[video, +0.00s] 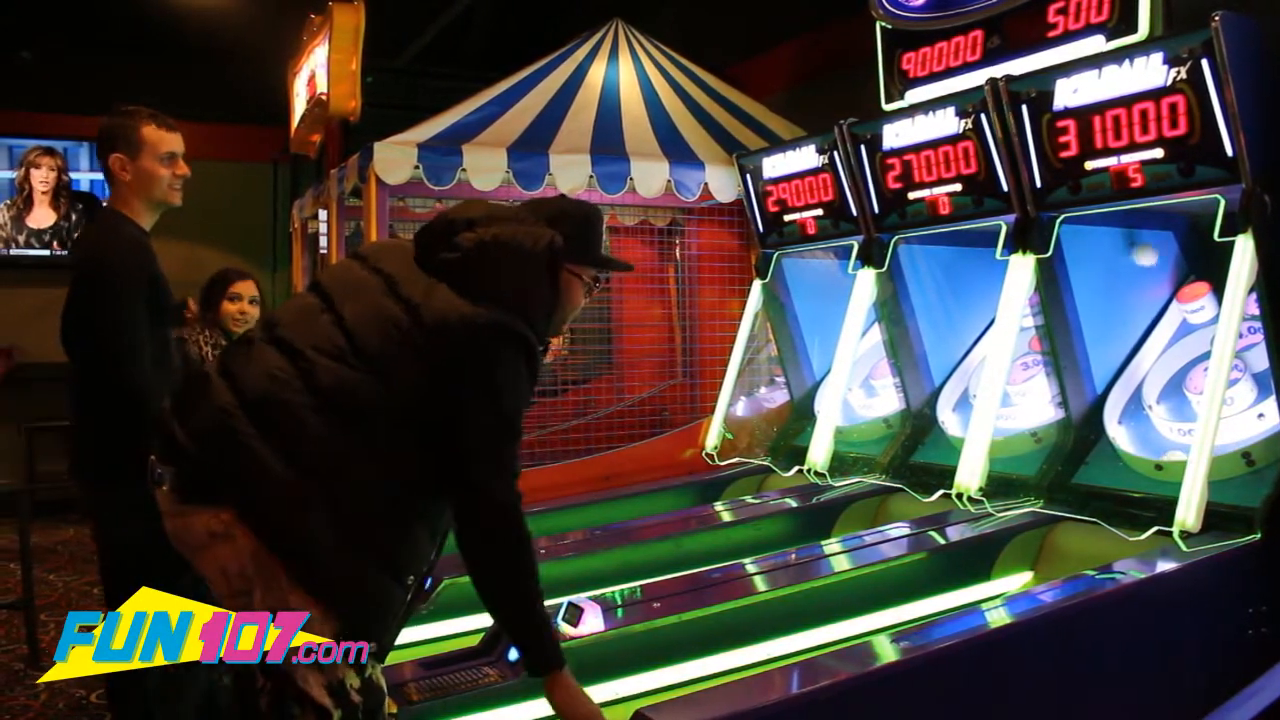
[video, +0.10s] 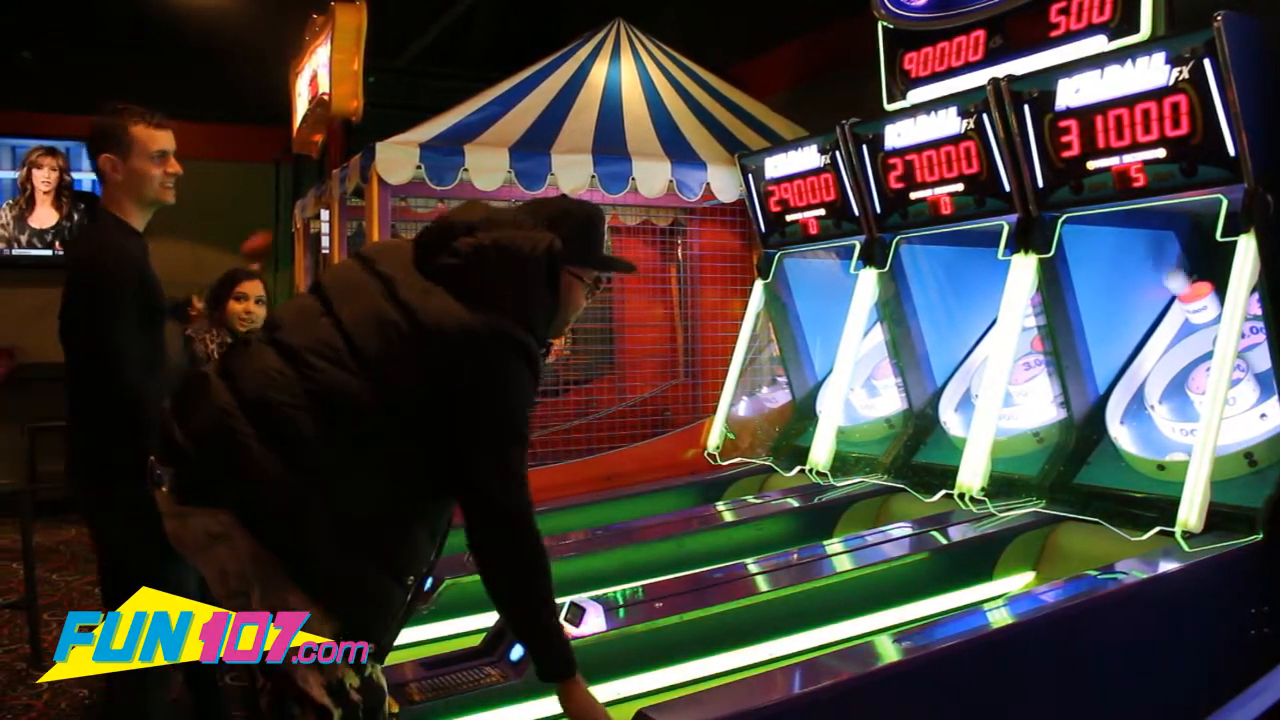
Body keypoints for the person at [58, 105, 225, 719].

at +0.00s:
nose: (183, 172)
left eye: (183, 161)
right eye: (169, 160)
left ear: (131, 171)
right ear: (122, 167)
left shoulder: (114, 240)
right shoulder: (118, 249)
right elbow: (133, 370)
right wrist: (166, 448)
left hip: (117, 454)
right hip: (123, 461)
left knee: (139, 603)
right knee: (156, 603)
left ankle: (138, 703)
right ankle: (151, 706)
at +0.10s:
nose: (174, 170)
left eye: (173, 158)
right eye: (160, 158)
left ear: (123, 171)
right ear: (113, 167)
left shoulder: (115, 241)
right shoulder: (109, 250)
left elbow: (132, 357)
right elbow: (124, 371)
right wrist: (151, 456)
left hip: (120, 456)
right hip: (118, 462)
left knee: (138, 601)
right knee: (152, 602)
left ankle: (135, 703)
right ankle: (145, 705)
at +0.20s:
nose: (164, 169)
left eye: (163, 156)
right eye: (148, 156)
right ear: (100, 166)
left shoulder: (109, 246)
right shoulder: (94, 255)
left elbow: (118, 376)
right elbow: (106, 392)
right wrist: (146, 498)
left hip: (115, 470)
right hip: (112, 478)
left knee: (127, 624)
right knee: (132, 627)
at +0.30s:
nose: (153, 167)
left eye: (152, 155)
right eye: (137, 155)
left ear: (97, 167)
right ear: (86, 165)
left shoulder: (93, 244)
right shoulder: (83, 253)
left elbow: (105, 387)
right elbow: (96, 397)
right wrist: (136, 507)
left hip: (99, 476)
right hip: (97, 485)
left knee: (105, 633)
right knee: (110, 638)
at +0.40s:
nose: (140, 165)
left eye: (139, 153)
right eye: (124, 153)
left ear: (88, 167)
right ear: (74, 163)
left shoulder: (87, 246)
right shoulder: (66, 254)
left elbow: (90, 389)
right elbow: (72, 399)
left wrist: (122, 487)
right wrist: (115, 510)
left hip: (88, 482)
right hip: (74, 490)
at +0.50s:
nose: (130, 163)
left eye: (130, 150)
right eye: (115, 151)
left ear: (80, 166)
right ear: (65, 162)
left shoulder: (81, 243)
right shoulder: (51, 250)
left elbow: (80, 389)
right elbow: (54, 398)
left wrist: (107, 490)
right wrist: (96, 515)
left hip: (90, 481)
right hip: (60, 490)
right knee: (43, 656)